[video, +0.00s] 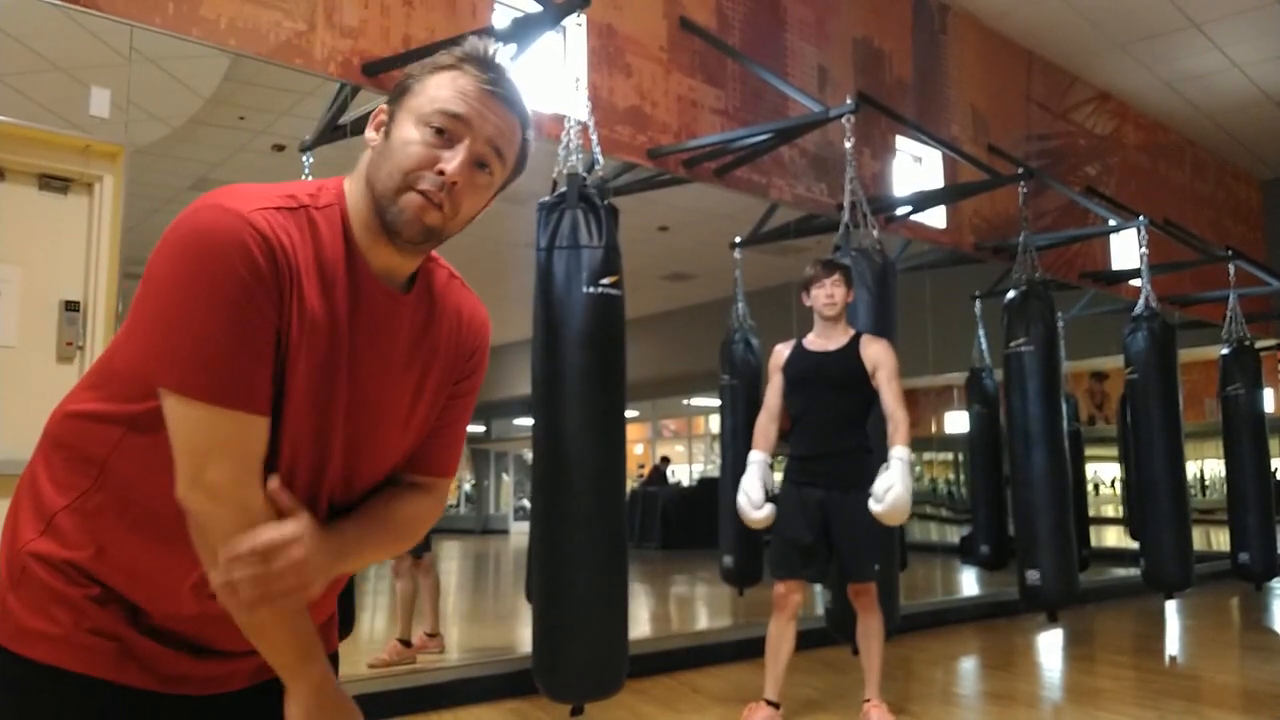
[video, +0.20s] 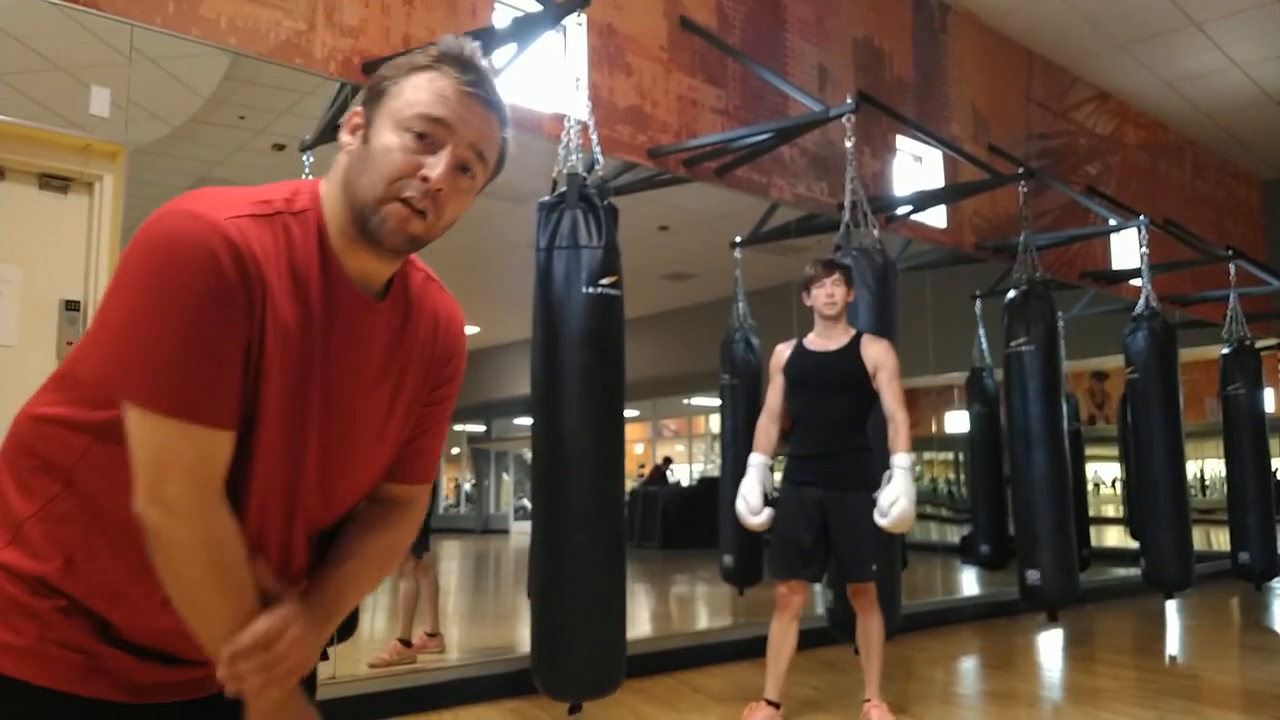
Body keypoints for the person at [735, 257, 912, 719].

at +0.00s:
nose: (830, 292)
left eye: (837, 286)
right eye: (822, 287)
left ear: (850, 295)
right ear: (807, 297)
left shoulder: (874, 350)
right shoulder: (785, 354)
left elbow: (896, 415)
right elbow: (769, 416)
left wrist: (899, 465)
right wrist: (756, 470)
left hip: (858, 490)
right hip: (799, 489)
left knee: (865, 595)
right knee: (784, 596)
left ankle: (872, 699)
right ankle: (770, 702)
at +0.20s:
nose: (829, 292)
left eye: (837, 286)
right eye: (821, 286)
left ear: (850, 295)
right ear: (808, 297)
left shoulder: (875, 350)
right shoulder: (786, 353)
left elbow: (896, 417)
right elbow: (770, 417)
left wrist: (901, 474)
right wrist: (756, 473)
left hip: (857, 491)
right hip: (799, 490)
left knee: (864, 595)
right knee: (787, 596)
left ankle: (872, 700)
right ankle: (770, 702)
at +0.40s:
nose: (830, 293)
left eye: (837, 287)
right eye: (822, 288)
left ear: (850, 296)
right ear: (809, 298)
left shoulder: (875, 351)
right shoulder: (786, 355)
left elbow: (896, 418)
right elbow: (772, 421)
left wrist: (902, 477)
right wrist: (759, 479)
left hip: (857, 492)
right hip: (800, 492)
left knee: (864, 596)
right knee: (788, 597)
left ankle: (873, 701)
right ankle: (770, 703)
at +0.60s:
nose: (830, 292)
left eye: (837, 285)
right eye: (822, 286)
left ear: (851, 295)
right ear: (809, 298)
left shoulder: (876, 350)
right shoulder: (787, 354)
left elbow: (897, 417)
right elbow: (772, 419)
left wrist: (901, 473)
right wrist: (759, 477)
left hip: (858, 491)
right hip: (800, 491)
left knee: (864, 595)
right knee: (788, 596)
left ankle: (873, 700)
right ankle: (770, 702)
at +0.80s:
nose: (829, 292)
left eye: (836, 285)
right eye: (821, 287)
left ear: (850, 296)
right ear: (808, 298)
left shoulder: (875, 351)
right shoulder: (787, 355)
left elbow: (895, 417)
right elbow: (772, 420)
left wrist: (897, 471)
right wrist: (759, 475)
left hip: (857, 491)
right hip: (800, 491)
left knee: (865, 596)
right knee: (788, 598)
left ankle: (872, 701)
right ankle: (770, 703)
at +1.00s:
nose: (830, 293)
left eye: (837, 286)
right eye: (822, 287)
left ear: (851, 295)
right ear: (808, 298)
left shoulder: (875, 350)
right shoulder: (787, 355)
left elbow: (896, 417)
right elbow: (773, 420)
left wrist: (897, 471)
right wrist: (760, 475)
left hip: (859, 491)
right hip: (801, 491)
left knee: (865, 596)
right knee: (788, 597)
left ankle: (872, 700)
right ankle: (770, 702)